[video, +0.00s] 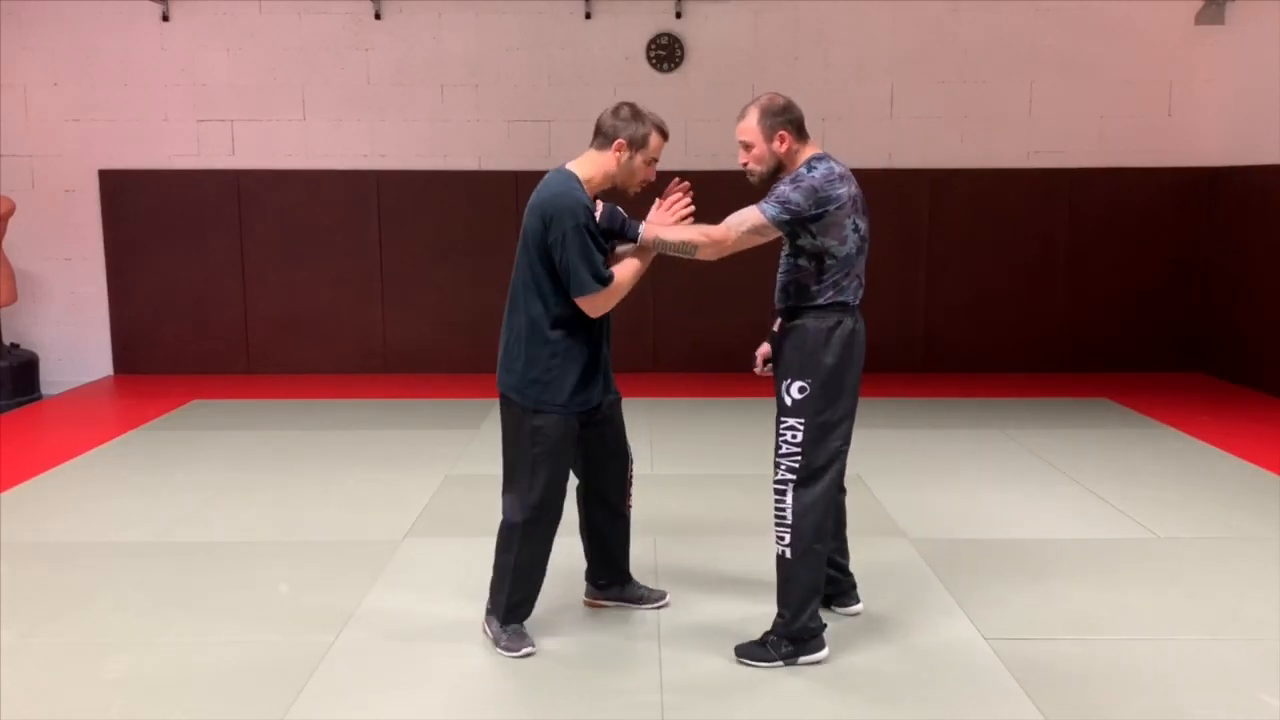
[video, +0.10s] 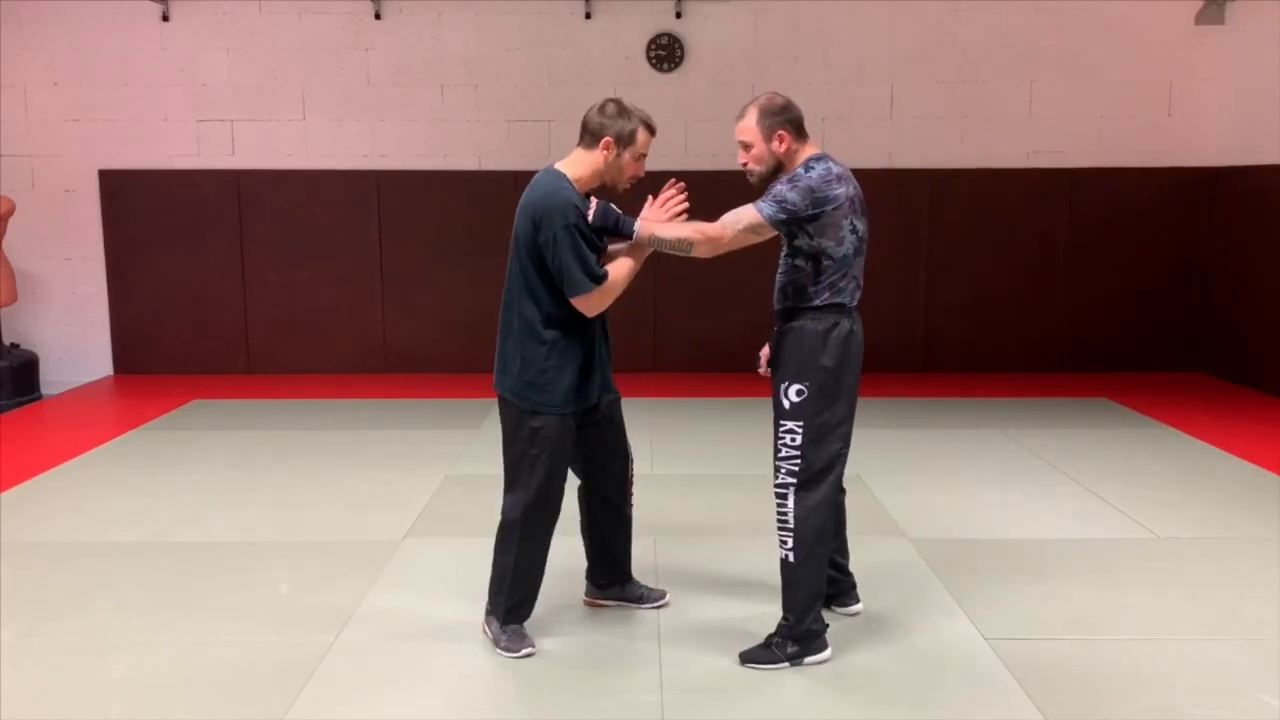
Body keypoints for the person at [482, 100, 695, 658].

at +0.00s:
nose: (651, 175)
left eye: (654, 164)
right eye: (649, 164)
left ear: (618, 151)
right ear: (620, 151)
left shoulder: (588, 194)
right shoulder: (564, 204)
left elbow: (625, 252)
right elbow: (595, 301)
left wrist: (657, 228)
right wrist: (647, 245)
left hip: (585, 372)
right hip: (541, 377)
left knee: (609, 476)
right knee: (533, 502)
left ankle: (608, 580)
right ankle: (505, 615)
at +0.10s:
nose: (639, 171)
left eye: (643, 161)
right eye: (637, 159)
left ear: (606, 147)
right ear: (608, 148)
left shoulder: (577, 193)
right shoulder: (555, 206)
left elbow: (617, 247)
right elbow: (591, 301)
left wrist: (653, 229)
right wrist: (640, 242)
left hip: (582, 370)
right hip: (538, 377)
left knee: (609, 474)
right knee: (532, 500)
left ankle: (609, 580)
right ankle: (505, 615)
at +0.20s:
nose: (633, 166)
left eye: (636, 155)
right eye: (631, 153)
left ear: (599, 143)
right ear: (601, 144)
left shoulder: (575, 192)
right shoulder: (550, 203)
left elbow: (623, 240)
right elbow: (586, 298)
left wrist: (651, 223)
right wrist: (634, 239)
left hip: (582, 372)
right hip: (537, 378)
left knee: (606, 478)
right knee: (532, 501)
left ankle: (609, 580)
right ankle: (507, 615)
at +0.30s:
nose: (630, 165)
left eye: (633, 155)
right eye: (628, 153)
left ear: (595, 143)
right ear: (598, 143)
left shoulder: (573, 193)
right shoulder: (549, 201)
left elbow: (625, 238)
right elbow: (587, 298)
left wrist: (652, 219)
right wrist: (632, 240)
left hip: (582, 373)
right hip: (538, 379)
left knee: (604, 479)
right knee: (531, 501)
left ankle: (608, 580)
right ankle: (506, 614)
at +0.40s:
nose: (631, 166)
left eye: (633, 156)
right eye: (628, 154)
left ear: (595, 144)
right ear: (597, 144)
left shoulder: (573, 193)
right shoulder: (547, 203)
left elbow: (621, 239)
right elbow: (585, 299)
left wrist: (647, 220)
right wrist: (630, 245)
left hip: (583, 373)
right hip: (539, 379)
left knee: (606, 478)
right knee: (531, 499)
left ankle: (608, 580)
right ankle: (505, 613)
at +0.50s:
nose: (630, 168)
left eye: (632, 157)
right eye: (626, 155)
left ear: (591, 148)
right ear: (593, 147)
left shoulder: (577, 201)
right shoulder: (540, 209)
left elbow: (611, 258)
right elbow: (579, 306)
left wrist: (657, 227)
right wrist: (637, 258)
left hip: (589, 374)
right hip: (541, 381)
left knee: (619, 471)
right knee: (536, 497)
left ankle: (609, 581)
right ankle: (505, 613)